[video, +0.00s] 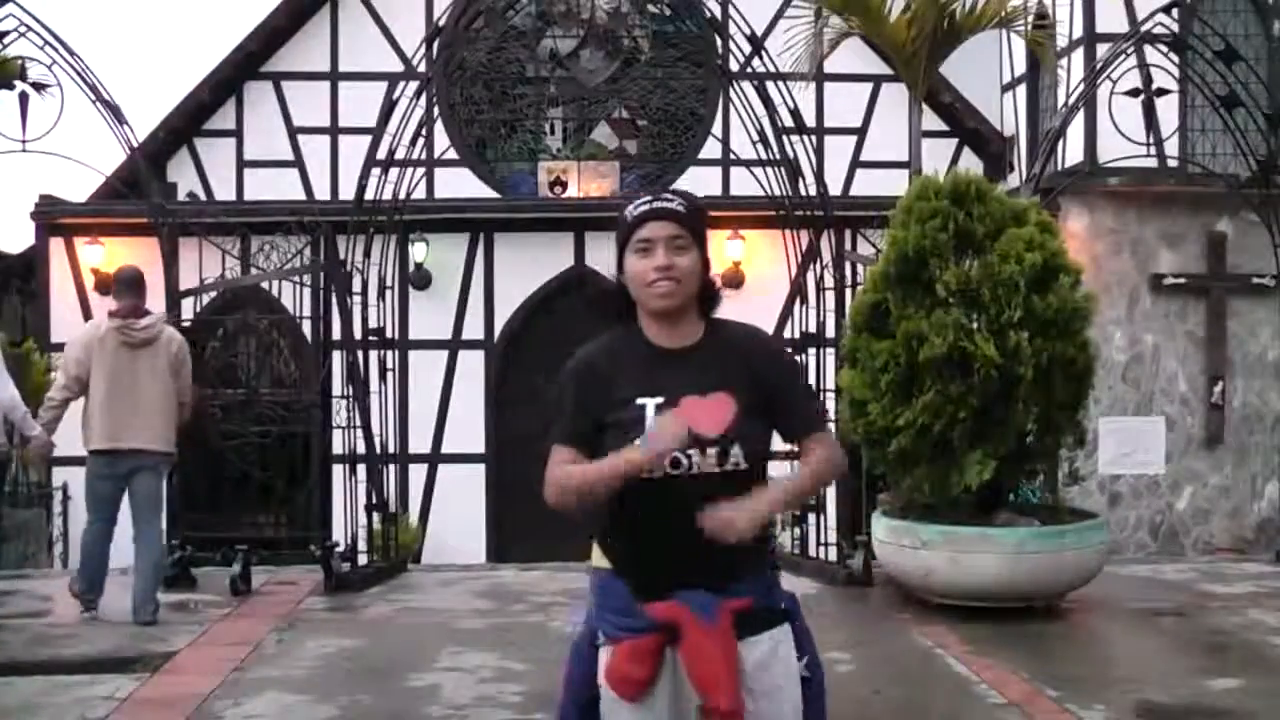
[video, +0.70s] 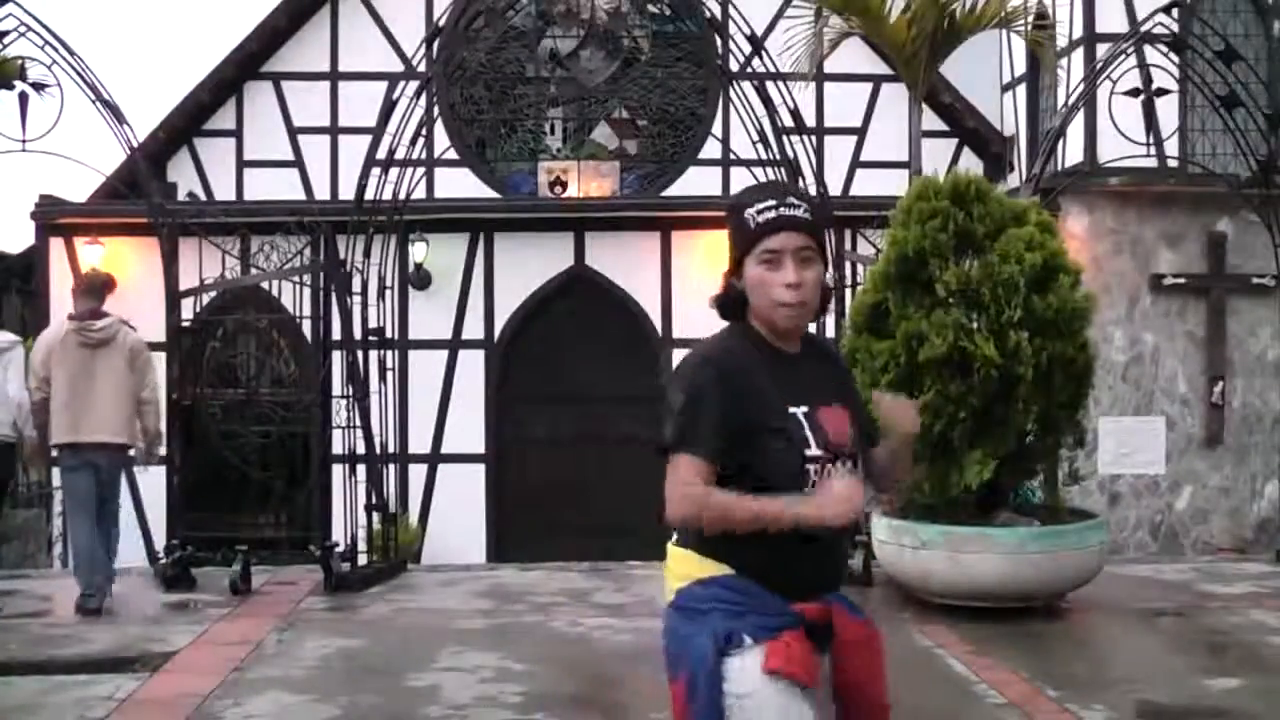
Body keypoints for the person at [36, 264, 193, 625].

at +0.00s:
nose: (116, 304)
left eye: (116, 298)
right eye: (121, 298)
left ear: (114, 297)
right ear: (144, 296)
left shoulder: (91, 338)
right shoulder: (173, 340)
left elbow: (62, 391)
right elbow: (185, 400)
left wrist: (41, 433)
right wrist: (169, 427)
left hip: (105, 447)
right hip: (153, 446)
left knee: (99, 523)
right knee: (149, 530)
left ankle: (88, 594)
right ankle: (145, 609)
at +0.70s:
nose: (76, 302)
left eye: (77, 296)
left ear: (76, 295)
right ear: (106, 297)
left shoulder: (52, 339)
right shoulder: (130, 340)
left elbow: (39, 395)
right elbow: (148, 395)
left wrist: (43, 439)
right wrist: (151, 443)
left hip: (72, 438)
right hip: (113, 438)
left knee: (80, 514)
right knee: (108, 511)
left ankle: (90, 593)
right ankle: (101, 581)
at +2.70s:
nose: (118, 319)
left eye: (115, 313)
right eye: (123, 313)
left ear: (107, 314)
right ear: (133, 315)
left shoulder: (85, 344)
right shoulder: (150, 345)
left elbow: (66, 390)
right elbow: (163, 392)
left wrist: (70, 424)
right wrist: (165, 427)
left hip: (100, 433)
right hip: (140, 434)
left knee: (98, 499)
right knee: (148, 498)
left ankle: (86, 563)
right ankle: (150, 557)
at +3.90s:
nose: (139, 337)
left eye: (138, 332)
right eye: (145, 333)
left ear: (135, 332)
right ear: (160, 333)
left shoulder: (113, 362)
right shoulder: (170, 362)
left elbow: (99, 402)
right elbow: (186, 393)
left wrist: (102, 433)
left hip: (123, 441)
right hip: (158, 443)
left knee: (132, 508)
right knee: (167, 499)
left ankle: (135, 559)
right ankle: (151, 543)